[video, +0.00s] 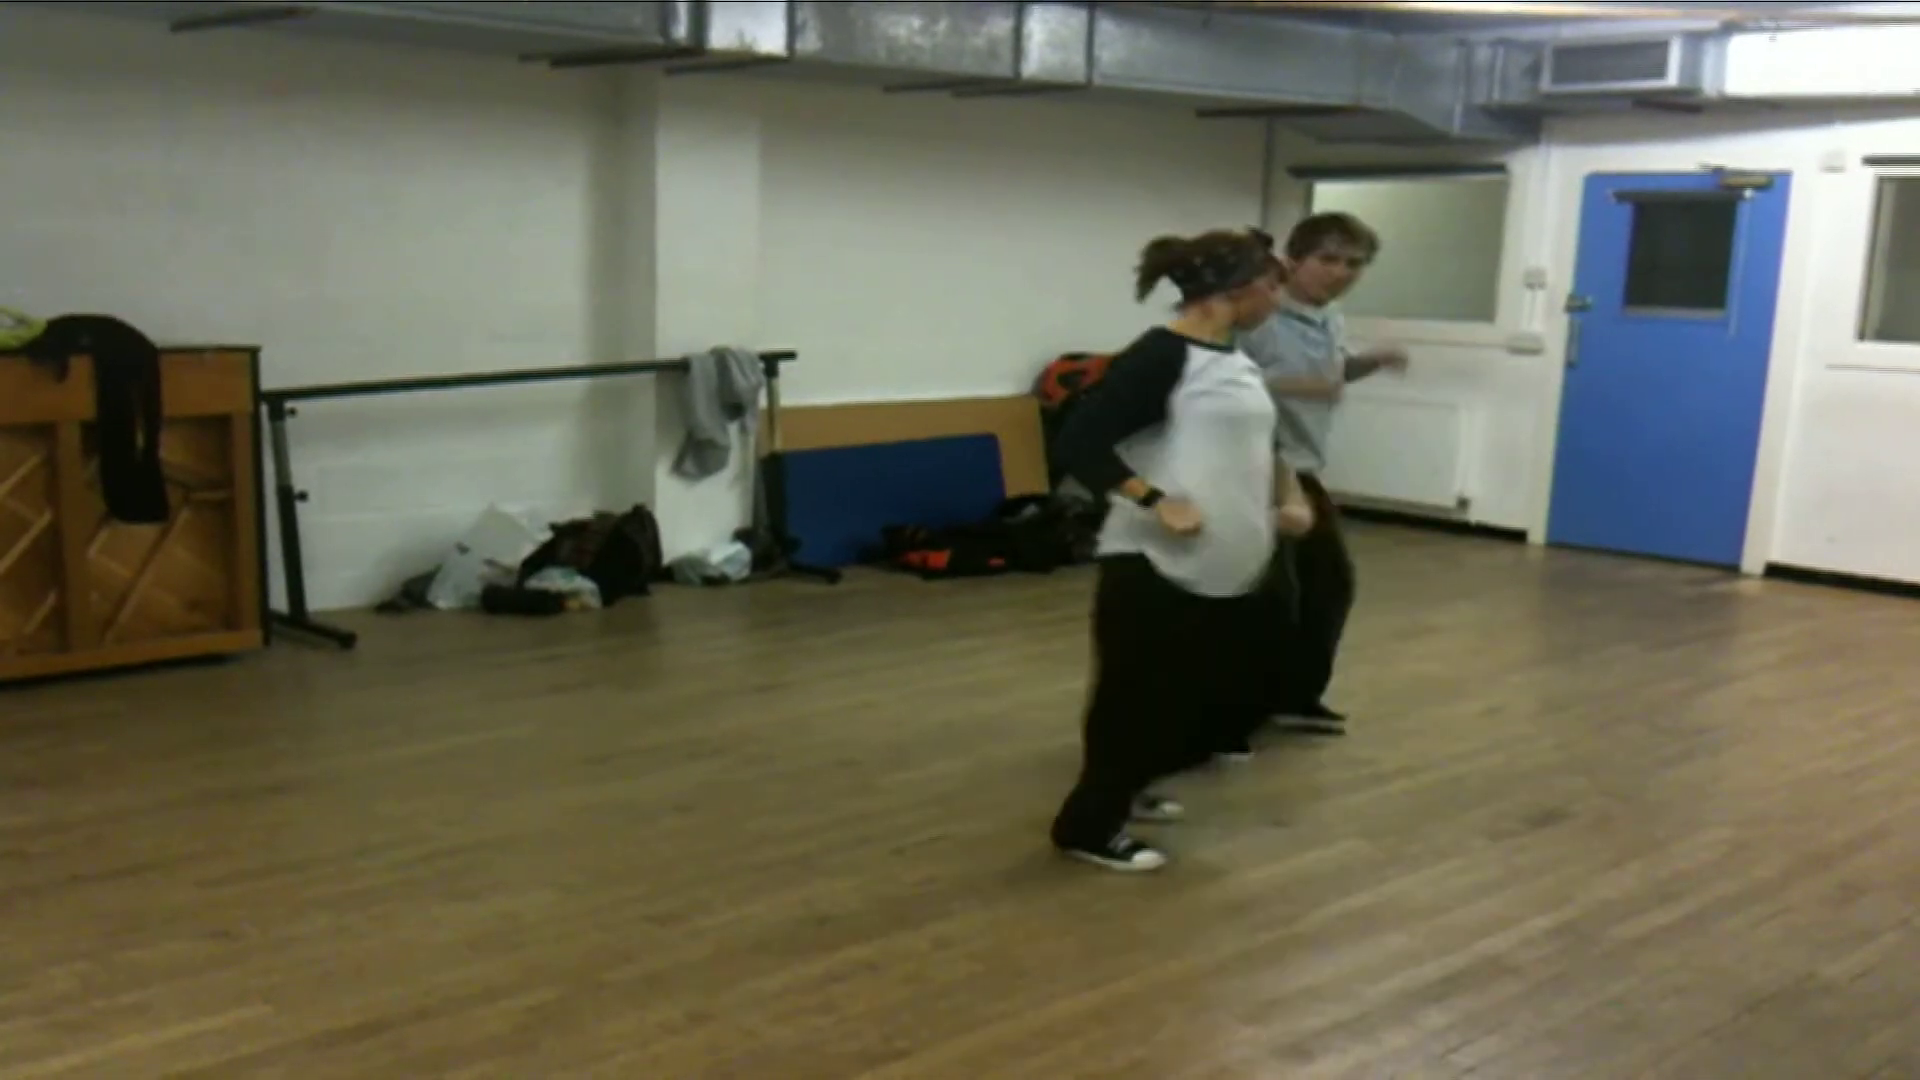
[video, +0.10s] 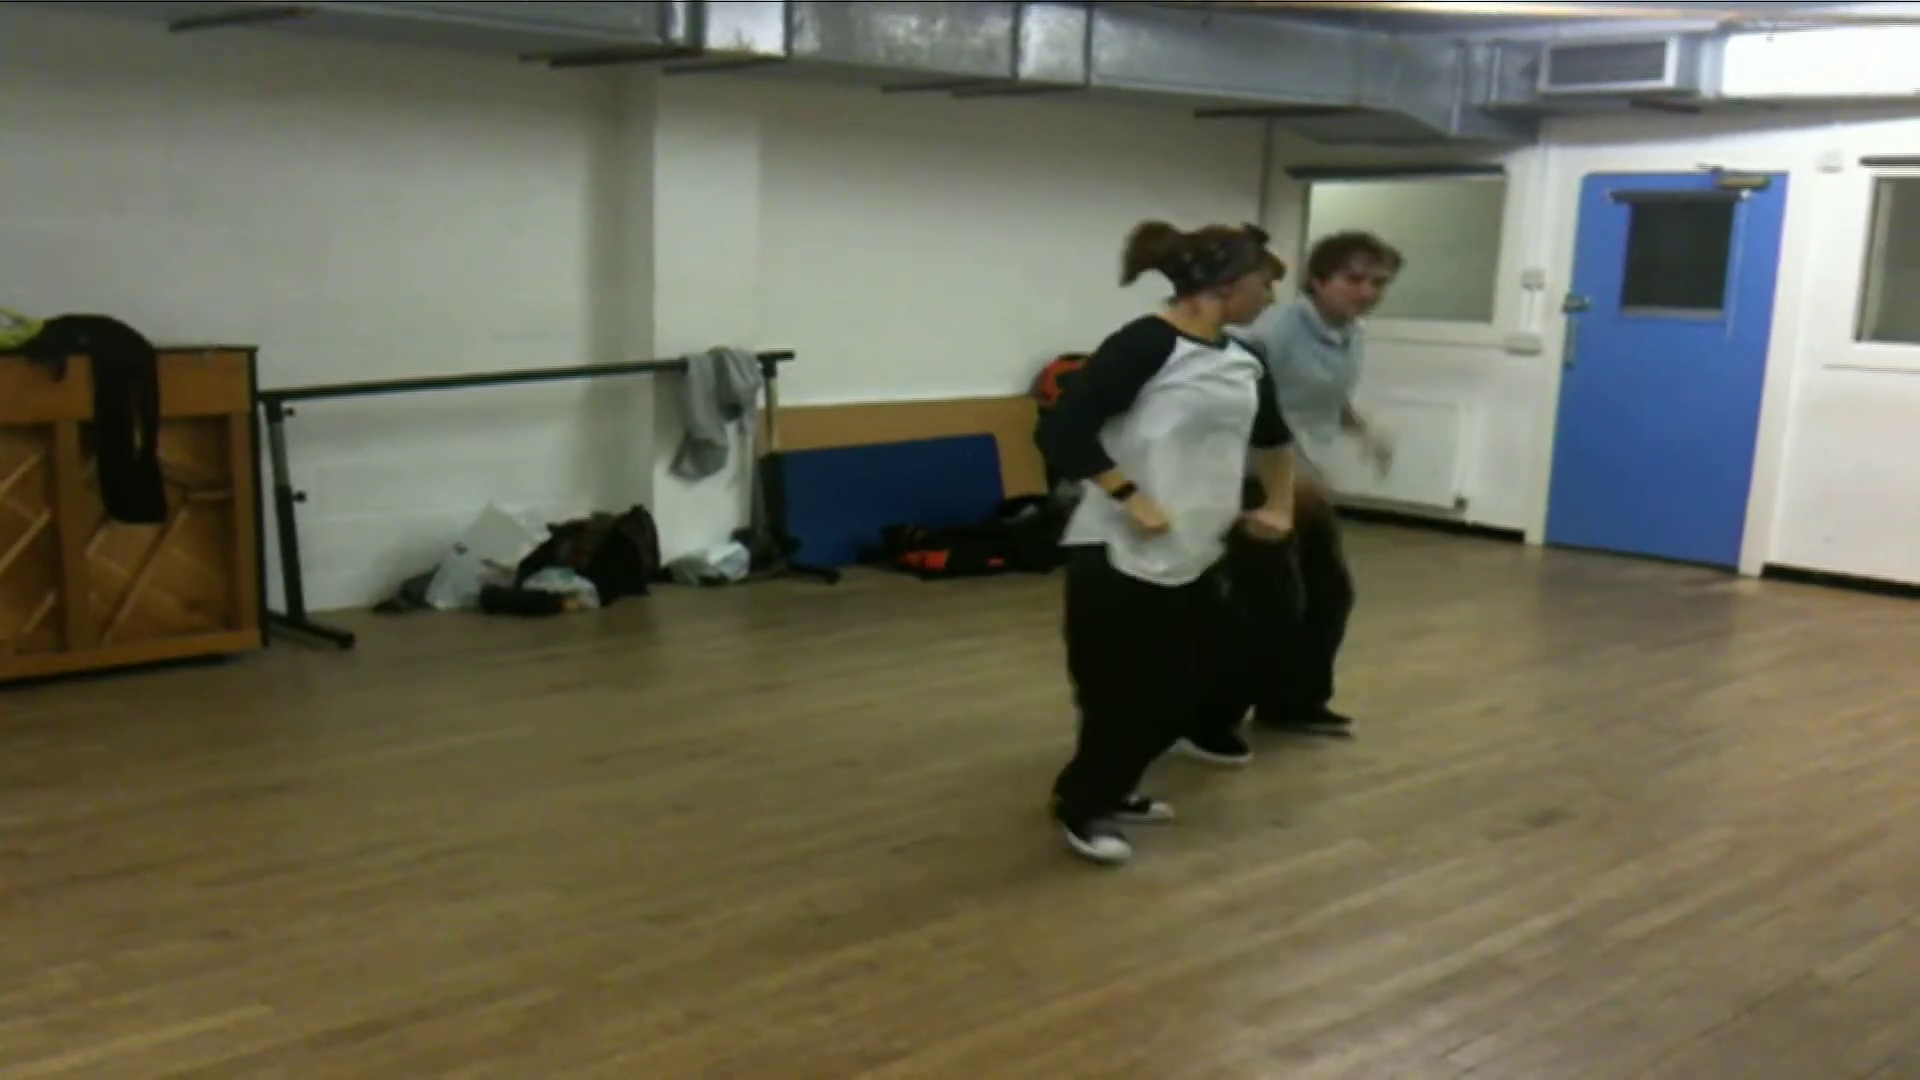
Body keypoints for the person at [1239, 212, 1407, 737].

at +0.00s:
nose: (1342, 274)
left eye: (1352, 265)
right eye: (1332, 260)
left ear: (1356, 272)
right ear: (1296, 260)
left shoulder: (1327, 321)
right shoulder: (1257, 316)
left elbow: (1328, 373)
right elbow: (1233, 379)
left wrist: (1373, 362)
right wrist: (1296, 385)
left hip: (1305, 473)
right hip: (1263, 472)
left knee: (1332, 581)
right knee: (1273, 590)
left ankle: (1300, 695)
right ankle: (1243, 707)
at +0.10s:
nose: (1367, 293)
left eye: (1376, 283)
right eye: (1356, 279)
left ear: (1379, 289)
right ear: (1323, 280)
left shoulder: (1348, 338)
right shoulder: (1280, 329)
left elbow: (1332, 401)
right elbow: (1239, 397)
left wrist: (1365, 433)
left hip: (1305, 482)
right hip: (1254, 481)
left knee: (1329, 589)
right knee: (1265, 596)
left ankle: (1300, 699)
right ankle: (1216, 714)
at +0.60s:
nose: (1458, 330)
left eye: (1457, 319)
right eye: (1446, 320)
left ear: (1410, 330)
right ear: (1403, 328)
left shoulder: (1399, 380)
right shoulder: (1368, 375)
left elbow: (1321, 441)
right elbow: (1283, 443)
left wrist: (1341, 495)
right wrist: (1280, 520)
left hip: (1308, 498)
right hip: (1252, 495)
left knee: (1359, 580)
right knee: (1269, 622)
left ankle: (1393, 691)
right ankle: (1181, 726)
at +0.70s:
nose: (1459, 305)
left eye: (1459, 294)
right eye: (1449, 295)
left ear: (1418, 307)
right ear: (1409, 305)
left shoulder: (1419, 357)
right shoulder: (1374, 362)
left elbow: (1367, 435)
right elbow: (1298, 438)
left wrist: (1373, 499)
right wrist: (1307, 513)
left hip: (1347, 498)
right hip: (1296, 496)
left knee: (1376, 589)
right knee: (1282, 617)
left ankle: (1388, 698)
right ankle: (1180, 723)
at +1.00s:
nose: (1456, 289)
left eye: (1456, 280)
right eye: (1444, 280)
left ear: (1409, 291)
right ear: (1401, 289)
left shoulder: (1444, 342)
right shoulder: (1336, 357)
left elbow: (1472, 412)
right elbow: (1321, 449)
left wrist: (1479, 482)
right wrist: (1371, 507)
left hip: (1440, 506)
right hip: (1365, 510)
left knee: (1469, 590)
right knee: (1330, 625)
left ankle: (1400, 692)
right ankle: (1237, 721)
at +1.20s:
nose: (1464, 302)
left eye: (1466, 292)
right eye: (1453, 291)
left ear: (1415, 300)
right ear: (1408, 298)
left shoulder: (1451, 357)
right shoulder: (1334, 361)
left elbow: (1444, 429)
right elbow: (1287, 446)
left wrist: (1440, 488)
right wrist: (1326, 512)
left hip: (1404, 516)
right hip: (1329, 513)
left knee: (1473, 594)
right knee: (1294, 619)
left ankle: (1399, 677)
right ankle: (1188, 717)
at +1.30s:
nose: (1489, 323)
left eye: (1491, 313)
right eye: (1480, 312)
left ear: (1442, 320)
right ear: (1435, 318)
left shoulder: (1468, 372)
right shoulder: (1356, 378)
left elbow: (1466, 434)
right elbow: (1288, 454)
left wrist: (1451, 492)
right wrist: (1329, 516)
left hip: (1405, 528)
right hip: (1328, 525)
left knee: (1462, 611)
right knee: (1315, 620)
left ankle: (1415, 683)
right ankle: (1198, 712)